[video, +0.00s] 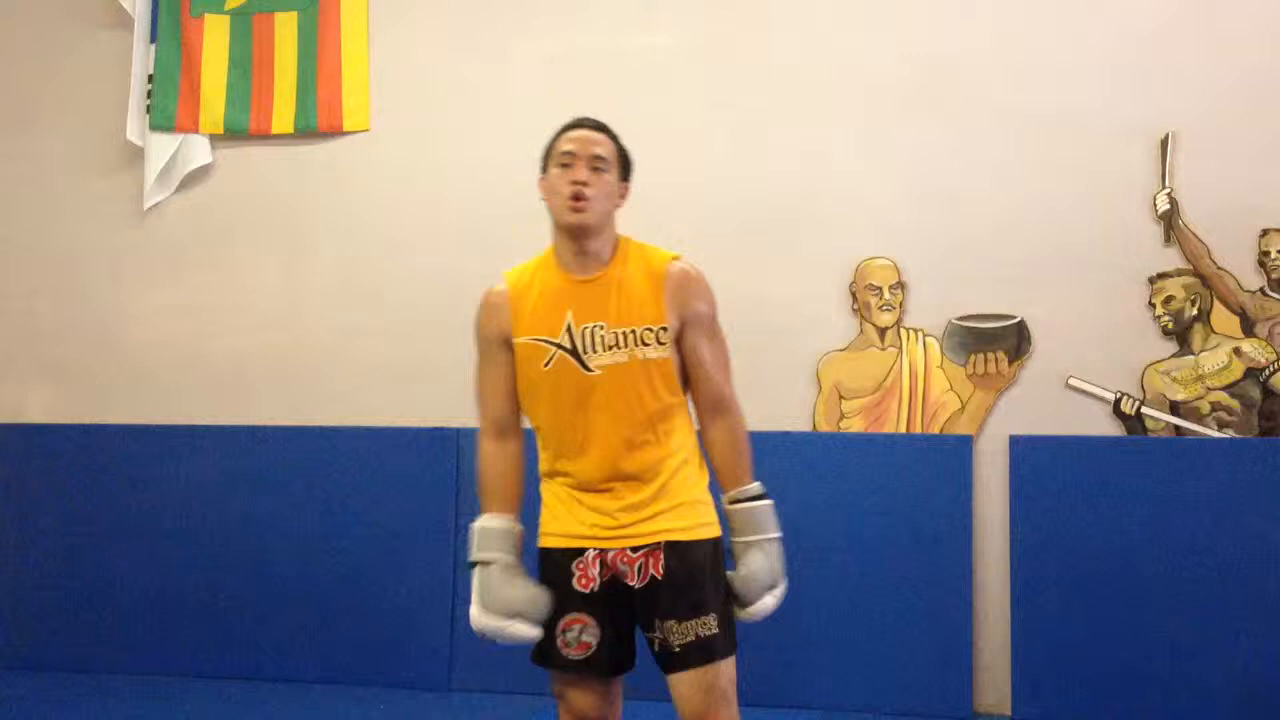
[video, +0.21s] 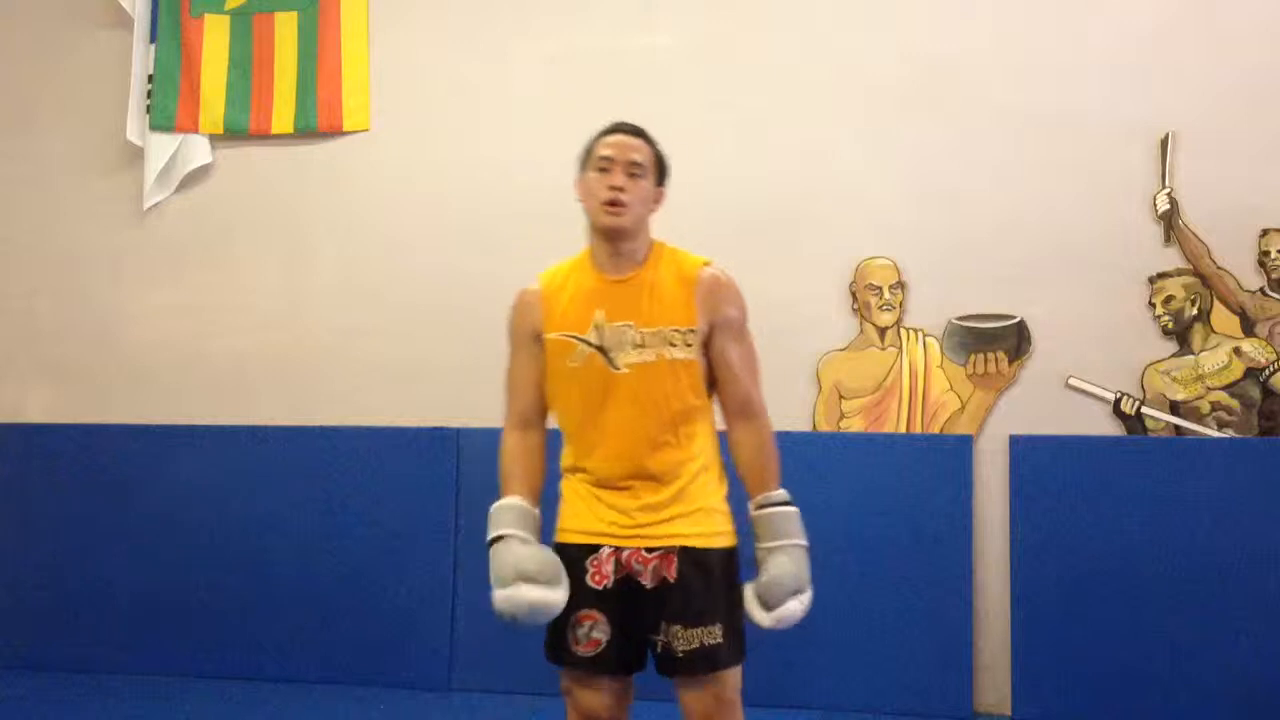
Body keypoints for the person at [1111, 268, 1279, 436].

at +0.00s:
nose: (1158, 314)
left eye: (1168, 302)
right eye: (1154, 307)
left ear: (1195, 303)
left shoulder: (1251, 350)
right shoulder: (1158, 374)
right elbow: (1164, 450)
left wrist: (1271, 373)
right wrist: (1134, 425)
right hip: (1191, 473)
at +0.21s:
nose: (1158, 313)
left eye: (1168, 302)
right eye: (1154, 307)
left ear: (1195, 303)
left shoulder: (1251, 349)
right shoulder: (1158, 374)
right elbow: (1164, 449)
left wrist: (1271, 374)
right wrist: (1134, 425)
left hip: (1250, 466)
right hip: (1191, 472)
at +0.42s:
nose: (1158, 313)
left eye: (1167, 301)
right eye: (1153, 307)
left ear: (1195, 303)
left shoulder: (1251, 349)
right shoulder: (1158, 374)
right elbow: (1163, 450)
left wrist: (1270, 374)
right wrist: (1133, 425)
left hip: (1251, 466)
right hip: (1192, 472)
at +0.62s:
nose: (1158, 313)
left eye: (1167, 302)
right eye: (1153, 307)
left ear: (1195, 303)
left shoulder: (1251, 350)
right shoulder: (1158, 374)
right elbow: (1163, 450)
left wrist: (1270, 373)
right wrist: (1133, 425)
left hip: (1250, 466)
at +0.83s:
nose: (1157, 313)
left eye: (1167, 302)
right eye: (1153, 307)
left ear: (1195, 303)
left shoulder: (1251, 349)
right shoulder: (1158, 374)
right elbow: (1163, 449)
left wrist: (1270, 372)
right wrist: (1133, 425)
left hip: (1249, 465)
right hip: (1191, 471)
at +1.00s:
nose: (1158, 313)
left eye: (1167, 301)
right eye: (1153, 306)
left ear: (1195, 302)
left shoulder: (1251, 350)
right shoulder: (1158, 374)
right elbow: (1163, 450)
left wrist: (1270, 374)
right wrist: (1133, 425)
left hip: (1250, 465)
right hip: (1192, 472)